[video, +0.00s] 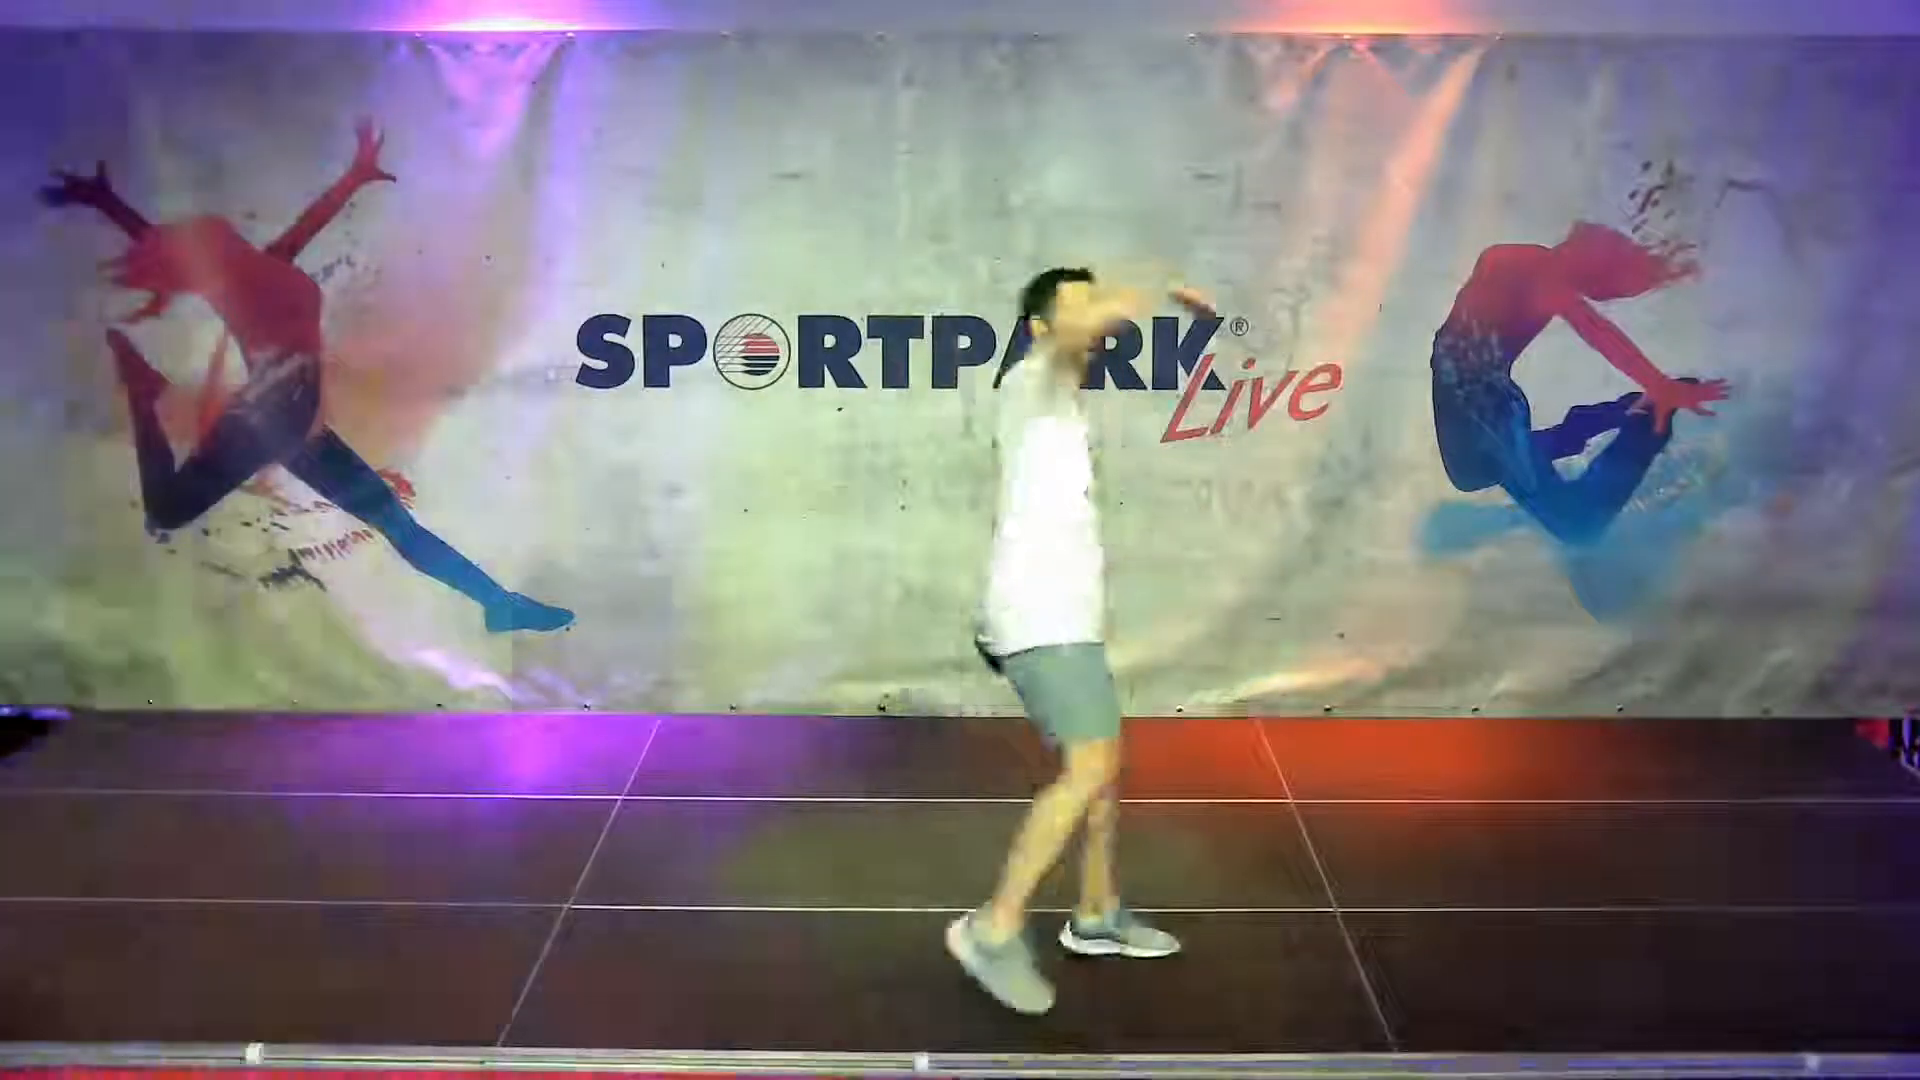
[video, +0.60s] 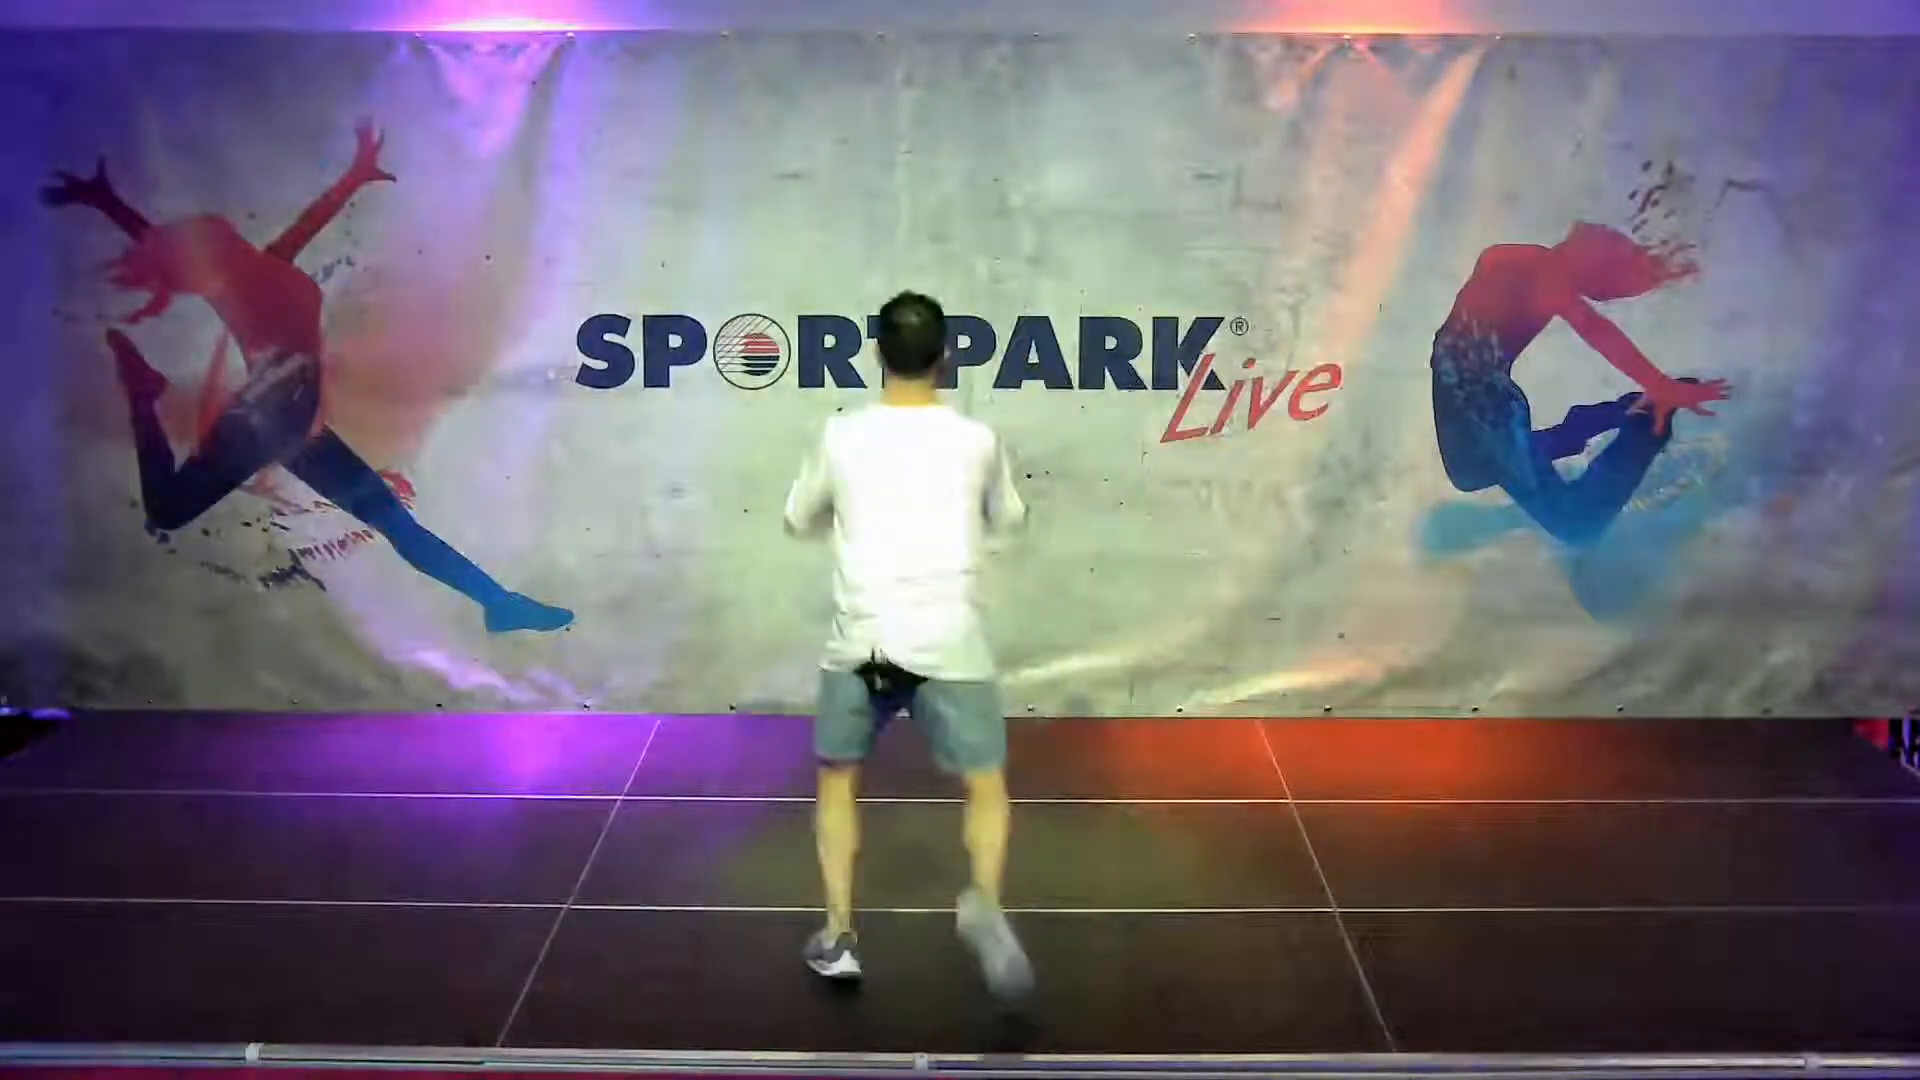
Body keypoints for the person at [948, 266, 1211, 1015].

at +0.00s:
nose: (1101, 321)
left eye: (1101, 307)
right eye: (1086, 307)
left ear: (1065, 326)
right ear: (1042, 323)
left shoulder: (1062, 397)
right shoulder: (1032, 385)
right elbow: (1085, 322)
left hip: (1065, 613)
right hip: (1035, 615)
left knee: (1102, 762)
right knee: (1088, 765)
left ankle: (1097, 913)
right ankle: (993, 928)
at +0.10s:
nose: (1068, 341)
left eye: (1064, 330)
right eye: (1063, 329)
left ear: (1002, 343)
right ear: (1043, 335)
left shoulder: (989, 415)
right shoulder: (1057, 396)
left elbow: (963, 542)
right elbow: (1164, 371)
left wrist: (998, 604)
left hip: (1023, 629)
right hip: (1038, 631)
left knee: (1076, 766)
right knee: (1033, 785)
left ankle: (1096, 912)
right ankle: (963, 958)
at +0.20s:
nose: (1025, 340)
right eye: (1026, 330)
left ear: (961, 347)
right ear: (1023, 338)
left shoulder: (938, 433)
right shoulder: (1062, 412)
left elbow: (888, 541)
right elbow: (1174, 440)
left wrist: (932, 624)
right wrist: (1255, 478)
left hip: (966, 635)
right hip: (1028, 635)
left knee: (1031, 780)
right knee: (1004, 792)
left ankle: (1083, 907)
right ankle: (958, 968)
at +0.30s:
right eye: (991, 326)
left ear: (934, 343)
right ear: (998, 338)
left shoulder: (906, 432)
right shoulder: (1039, 417)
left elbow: (849, 518)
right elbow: (1130, 496)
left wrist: (859, 623)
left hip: (935, 631)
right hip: (1010, 630)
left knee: (975, 772)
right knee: (1002, 788)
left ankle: (989, 916)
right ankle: (968, 964)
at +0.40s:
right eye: (969, 338)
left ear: (909, 349)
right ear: (977, 347)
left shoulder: (880, 439)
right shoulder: (1013, 431)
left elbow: (832, 540)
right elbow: (1062, 537)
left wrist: (836, 645)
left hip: (914, 635)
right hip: (997, 636)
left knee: (905, 755)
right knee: (995, 797)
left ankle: (887, 911)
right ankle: (985, 969)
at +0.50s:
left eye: (897, 355)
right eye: (940, 355)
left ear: (888, 365)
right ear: (953, 364)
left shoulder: (856, 451)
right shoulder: (986, 449)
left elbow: (804, 560)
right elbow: (1024, 560)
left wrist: (841, 621)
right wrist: (982, 607)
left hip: (878, 645)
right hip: (967, 647)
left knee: (850, 786)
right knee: (988, 799)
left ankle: (840, 938)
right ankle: (984, 960)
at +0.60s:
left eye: (884, 346)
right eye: (934, 348)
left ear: (877, 355)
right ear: (944, 357)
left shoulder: (844, 434)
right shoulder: (976, 439)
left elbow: (803, 518)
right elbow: (1007, 516)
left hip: (863, 637)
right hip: (950, 640)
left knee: (836, 777)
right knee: (986, 780)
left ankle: (839, 936)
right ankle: (985, 899)